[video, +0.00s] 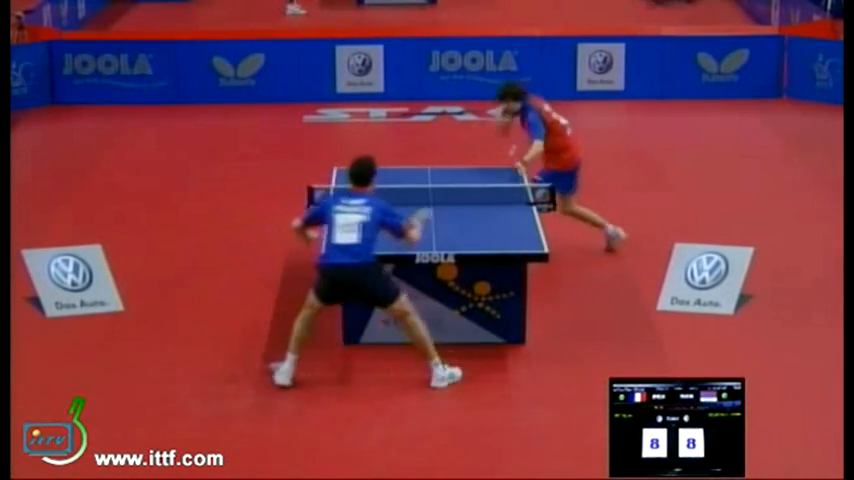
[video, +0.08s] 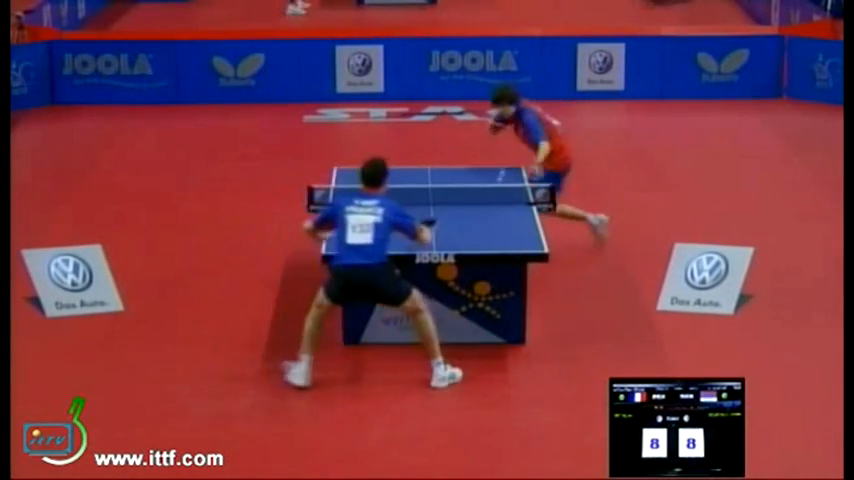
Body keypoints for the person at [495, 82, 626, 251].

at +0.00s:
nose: (505, 108)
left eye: (506, 104)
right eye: (503, 104)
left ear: (515, 101)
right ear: (519, 98)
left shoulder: (531, 113)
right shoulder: (531, 102)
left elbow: (539, 144)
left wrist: (524, 162)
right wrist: (507, 117)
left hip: (565, 164)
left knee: (566, 207)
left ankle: (609, 229)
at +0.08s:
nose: (497, 112)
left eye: (499, 108)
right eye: (497, 108)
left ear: (509, 106)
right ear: (508, 106)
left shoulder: (527, 116)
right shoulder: (514, 112)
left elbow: (544, 144)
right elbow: (494, 130)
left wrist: (537, 164)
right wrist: (497, 120)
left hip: (557, 161)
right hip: (547, 159)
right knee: (534, 199)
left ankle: (592, 219)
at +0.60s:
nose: (473, 86)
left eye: (477, 81)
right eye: (470, 82)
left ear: (483, 81)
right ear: (465, 83)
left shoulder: (494, 97)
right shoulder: (459, 97)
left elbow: (516, 112)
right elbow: (439, 114)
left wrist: (527, 132)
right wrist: (448, 129)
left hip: (492, 151)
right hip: (466, 151)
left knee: (496, 189)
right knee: (459, 188)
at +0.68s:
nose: (469, 80)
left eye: (473, 76)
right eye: (465, 76)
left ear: (478, 77)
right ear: (460, 78)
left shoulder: (489, 92)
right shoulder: (455, 93)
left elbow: (509, 110)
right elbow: (436, 110)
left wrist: (515, 134)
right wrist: (443, 130)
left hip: (487, 143)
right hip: (461, 142)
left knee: (495, 179)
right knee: (449, 177)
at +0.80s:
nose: (460, 86)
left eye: (463, 82)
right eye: (456, 82)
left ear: (469, 82)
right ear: (451, 83)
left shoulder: (482, 100)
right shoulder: (446, 99)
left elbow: (499, 121)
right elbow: (437, 117)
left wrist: (495, 149)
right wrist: (435, 140)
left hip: (479, 153)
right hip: (455, 150)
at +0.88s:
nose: (455, 93)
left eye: (457, 89)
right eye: (451, 89)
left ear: (462, 90)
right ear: (446, 92)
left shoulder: (476, 107)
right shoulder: (442, 108)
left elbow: (492, 131)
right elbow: (436, 132)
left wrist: (489, 158)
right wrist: (445, 147)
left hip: (476, 159)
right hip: (453, 157)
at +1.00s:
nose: (464, 89)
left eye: (466, 84)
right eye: (460, 85)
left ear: (471, 85)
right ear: (454, 87)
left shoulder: (483, 101)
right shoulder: (449, 107)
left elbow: (504, 116)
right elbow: (453, 137)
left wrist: (510, 130)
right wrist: (483, 141)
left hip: (481, 150)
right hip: (458, 151)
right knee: (446, 170)